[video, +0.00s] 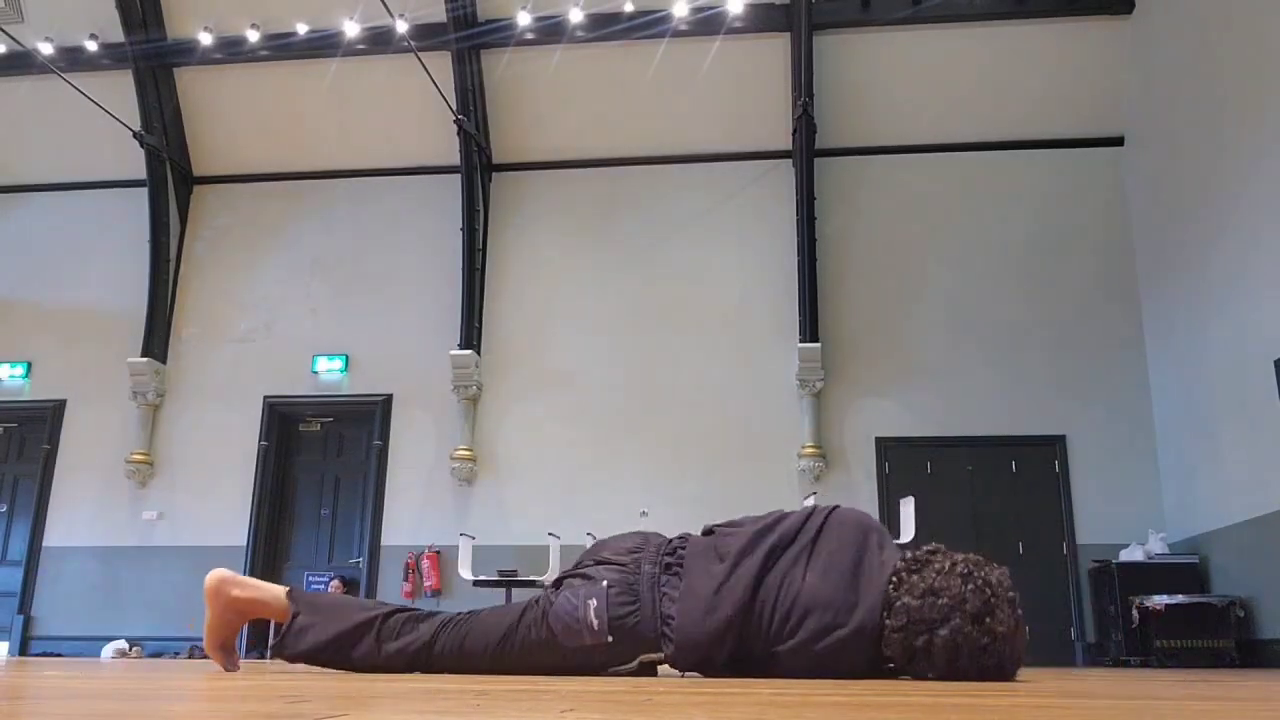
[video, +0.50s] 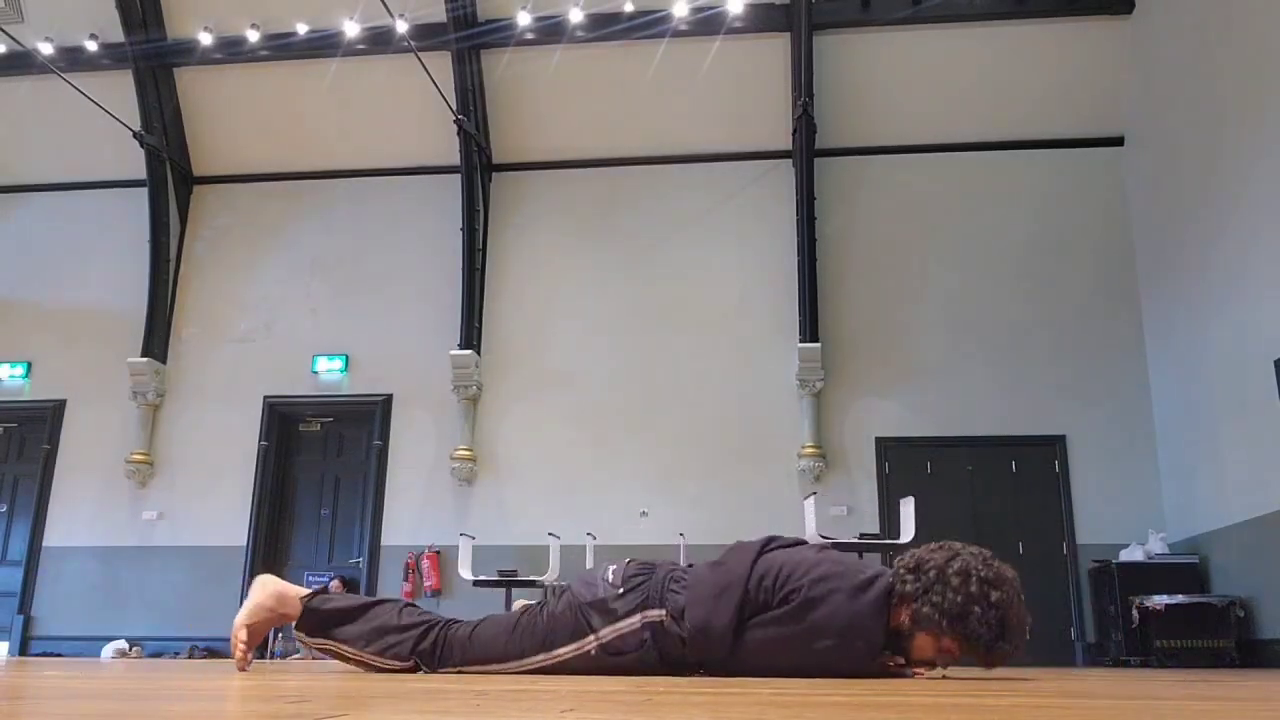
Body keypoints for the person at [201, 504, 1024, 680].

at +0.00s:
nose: (964, 677)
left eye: (978, 664)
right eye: (968, 668)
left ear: (935, 566)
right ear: (937, 647)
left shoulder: (857, 527)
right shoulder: (849, 643)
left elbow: (748, 543)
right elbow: (747, 671)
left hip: (631, 558)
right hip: (611, 623)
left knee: (453, 629)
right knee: (433, 639)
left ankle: (289, 609)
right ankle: (262, 607)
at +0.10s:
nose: (960, 681)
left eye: (975, 669)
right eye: (966, 673)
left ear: (939, 572)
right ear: (937, 653)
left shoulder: (859, 545)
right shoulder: (850, 636)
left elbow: (750, 545)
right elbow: (749, 663)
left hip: (632, 570)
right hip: (617, 619)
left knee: (451, 631)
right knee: (436, 640)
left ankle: (284, 612)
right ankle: (265, 601)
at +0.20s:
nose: (960, 688)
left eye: (975, 678)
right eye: (962, 678)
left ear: (944, 604)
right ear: (930, 653)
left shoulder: (890, 585)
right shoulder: (847, 617)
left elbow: (759, 566)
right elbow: (735, 582)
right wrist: (674, 661)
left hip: (646, 590)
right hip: (618, 613)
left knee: (460, 634)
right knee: (438, 641)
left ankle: (306, 608)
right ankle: (264, 595)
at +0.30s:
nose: (948, 683)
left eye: (967, 675)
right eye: (952, 673)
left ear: (949, 619)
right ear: (927, 645)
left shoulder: (905, 599)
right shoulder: (855, 610)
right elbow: (743, 568)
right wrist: (664, 650)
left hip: (647, 607)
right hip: (620, 615)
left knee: (462, 638)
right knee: (435, 643)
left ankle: (311, 608)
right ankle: (274, 595)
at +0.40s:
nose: (955, 680)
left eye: (972, 671)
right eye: (956, 669)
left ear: (938, 614)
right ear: (921, 636)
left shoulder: (893, 592)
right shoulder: (849, 622)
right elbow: (716, 642)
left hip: (655, 602)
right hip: (629, 617)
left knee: (474, 639)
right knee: (444, 646)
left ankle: (323, 610)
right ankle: (278, 597)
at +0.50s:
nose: (950, 668)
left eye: (966, 661)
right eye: (958, 657)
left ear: (934, 598)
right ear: (931, 623)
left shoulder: (872, 588)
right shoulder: (854, 617)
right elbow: (750, 664)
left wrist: (897, 657)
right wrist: (886, 673)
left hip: (650, 601)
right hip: (637, 616)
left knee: (481, 642)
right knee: (460, 650)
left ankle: (324, 612)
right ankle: (292, 606)